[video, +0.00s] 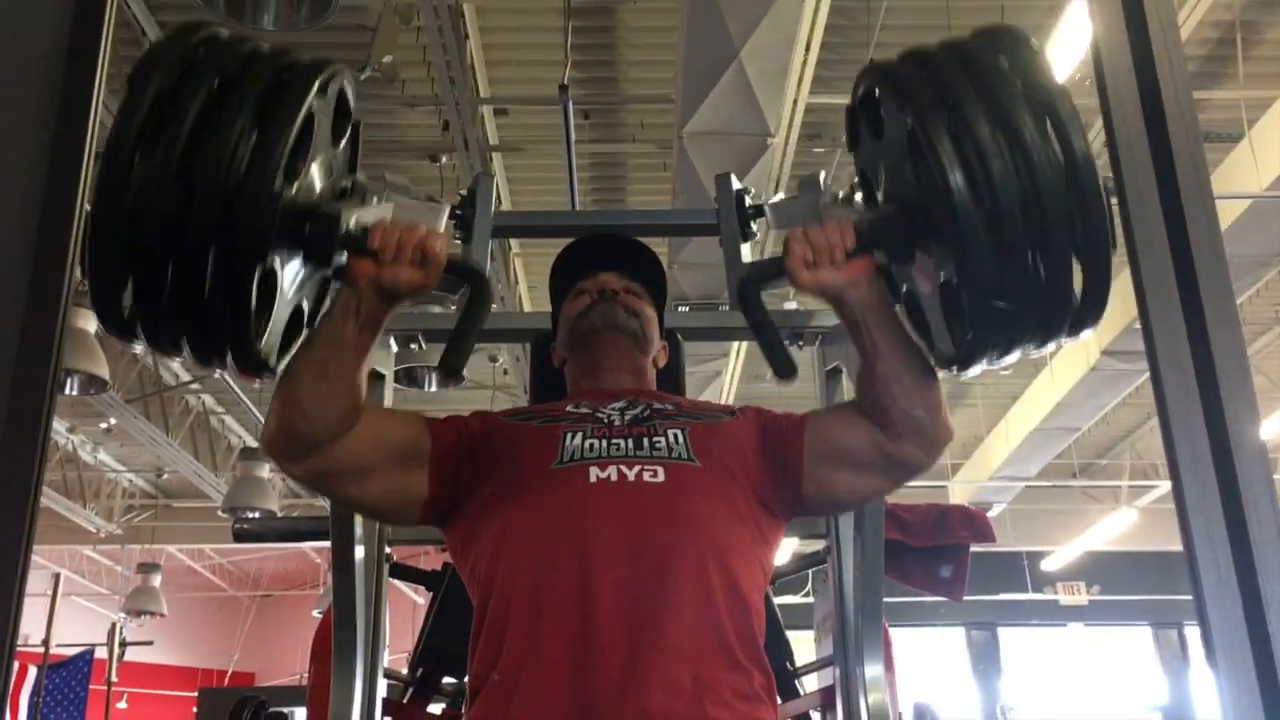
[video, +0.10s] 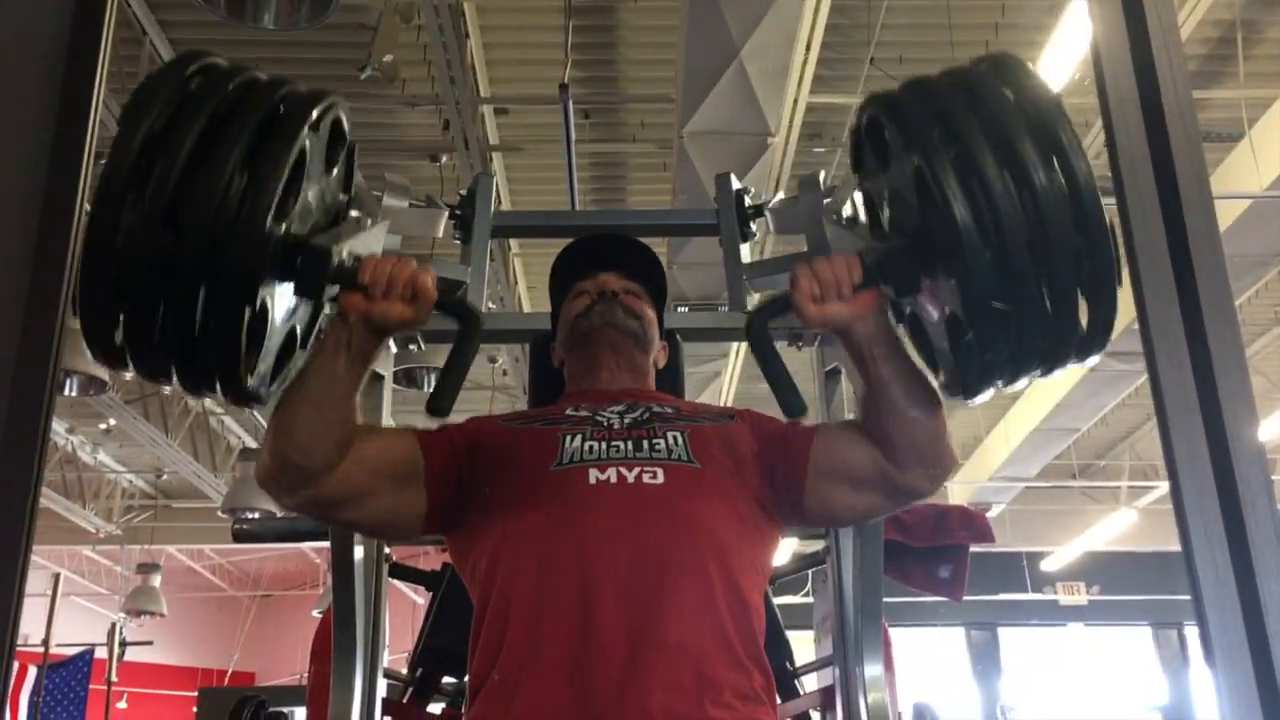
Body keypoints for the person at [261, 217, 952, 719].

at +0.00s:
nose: (608, 295)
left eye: (632, 296)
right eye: (582, 296)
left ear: (665, 351)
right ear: (551, 351)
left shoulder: (742, 442)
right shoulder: (487, 448)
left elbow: (914, 434)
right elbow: (305, 439)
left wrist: (859, 297)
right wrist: (365, 299)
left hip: (723, 701)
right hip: (525, 703)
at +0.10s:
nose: (611, 298)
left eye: (634, 298)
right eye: (584, 297)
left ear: (666, 350)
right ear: (552, 351)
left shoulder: (738, 441)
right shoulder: (489, 450)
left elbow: (917, 466)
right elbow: (301, 472)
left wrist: (863, 329)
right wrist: (358, 329)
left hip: (724, 705)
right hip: (525, 705)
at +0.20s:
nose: (612, 294)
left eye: (636, 294)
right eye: (585, 292)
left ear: (667, 348)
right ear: (553, 347)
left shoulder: (740, 441)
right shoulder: (487, 450)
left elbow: (918, 484)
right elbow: (295, 496)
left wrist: (876, 356)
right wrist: (350, 357)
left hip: (723, 704)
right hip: (524, 705)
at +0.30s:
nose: (609, 294)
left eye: (634, 293)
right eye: (584, 295)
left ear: (667, 346)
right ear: (554, 351)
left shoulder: (745, 445)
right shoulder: (486, 453)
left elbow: (922, 503)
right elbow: (297, 516)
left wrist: (877, 377)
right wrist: (346, 377)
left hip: (724, 702)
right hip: (525, 704)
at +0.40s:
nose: (610, 293)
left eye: (634, 292)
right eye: (585, 294)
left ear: (668, 347)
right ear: (554, 351)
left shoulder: (744, 446)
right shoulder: (487, 454)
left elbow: (920, 514)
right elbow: (302, 532)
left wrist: (877, 391)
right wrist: (343, 395)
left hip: (724, 705)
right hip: (525, 707)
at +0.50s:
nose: (611, 293)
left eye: (635, 293)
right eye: (586, 294)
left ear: (667, 347)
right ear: (555, 350)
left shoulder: (747, 448)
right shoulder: (488, 455)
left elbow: (919, 520)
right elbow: (304, 539)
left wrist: (882, 400)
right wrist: (341, 404)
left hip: (725, 704)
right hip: (526, 706)